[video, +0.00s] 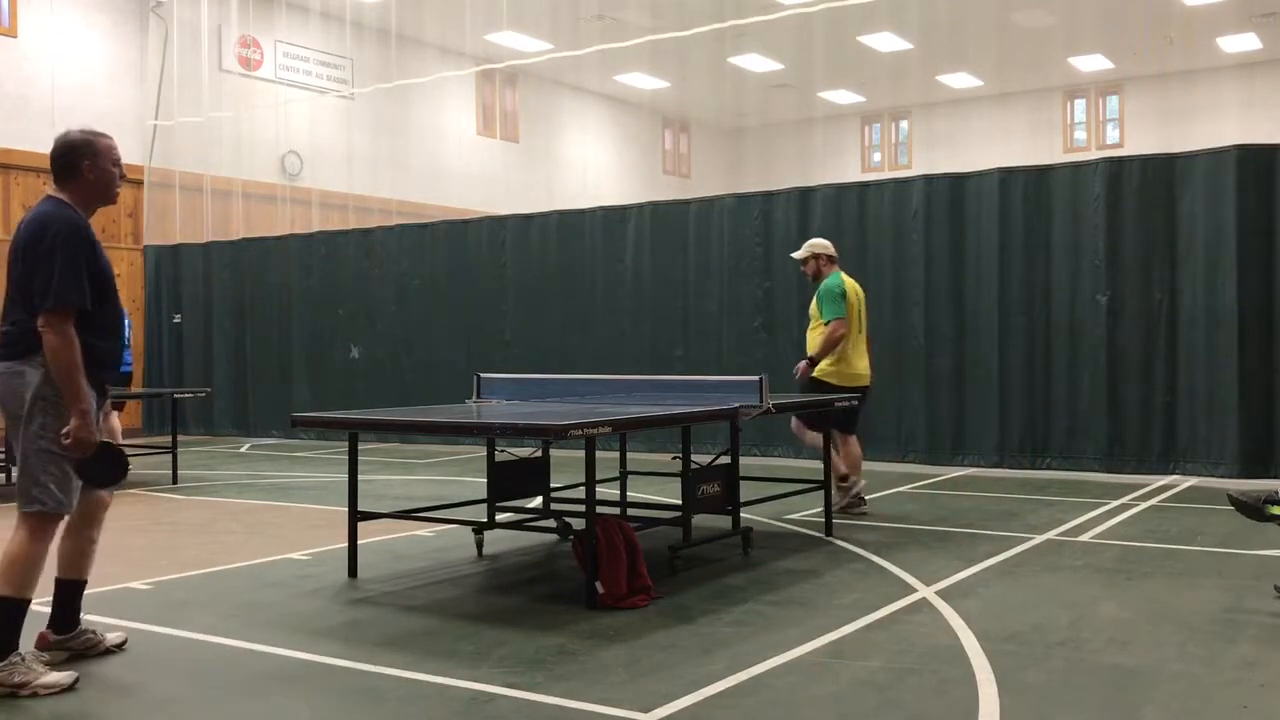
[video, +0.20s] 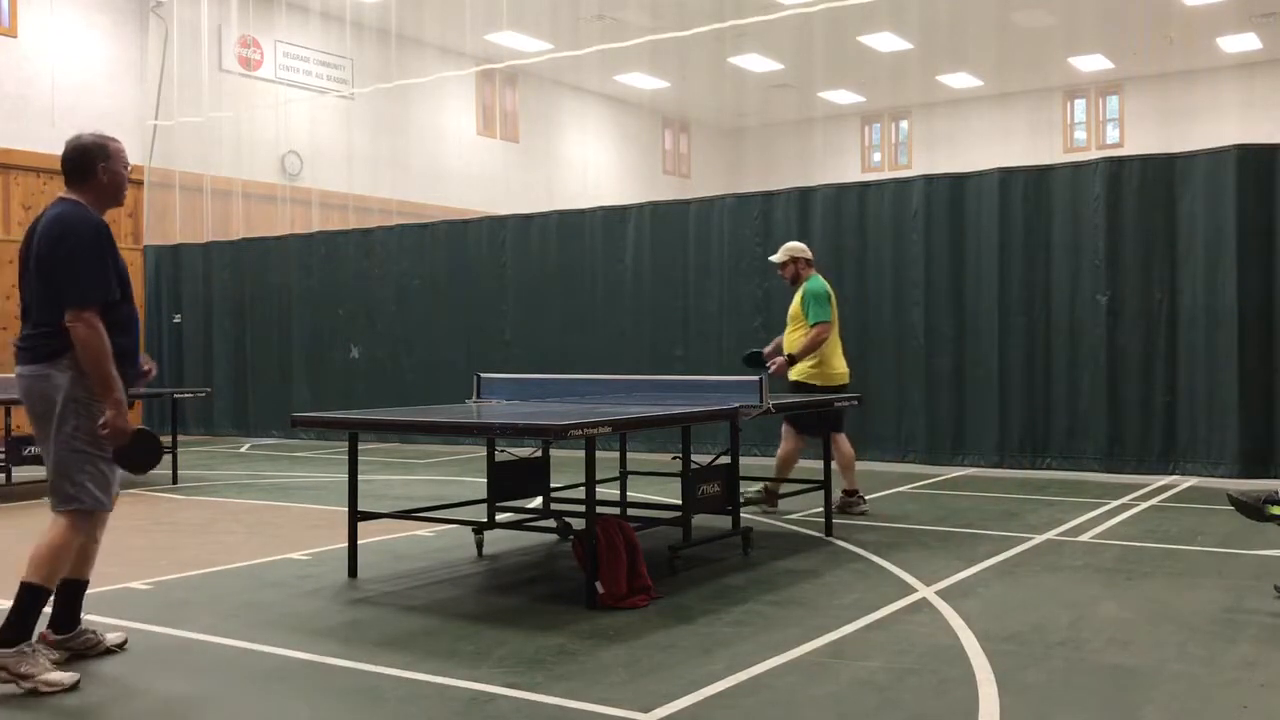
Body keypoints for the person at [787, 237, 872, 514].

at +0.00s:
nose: (802, 269)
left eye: (805, 263)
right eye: (802, 263)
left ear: (821, 261)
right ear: (826, 262)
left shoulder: (830, 286)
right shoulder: (852, 285)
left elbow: (838, 329)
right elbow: (862, 335)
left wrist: (812, 360)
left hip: (831, 377)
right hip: (857, 377)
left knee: (800, 425)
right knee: (846, 433)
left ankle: (842, 474)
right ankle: (852, 496)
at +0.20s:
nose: (780, 272)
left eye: (783, 266)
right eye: (779, 267)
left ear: (799, 264)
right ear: (799, 265)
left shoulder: (814, 288)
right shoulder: (809, 287)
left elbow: (822, 331)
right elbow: (800, 330)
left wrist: (790, 359)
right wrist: (776, 346)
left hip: (813, 378)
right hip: (828, 377)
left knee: (791, 432)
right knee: (835, 434)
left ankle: (771, 491)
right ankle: (852, 494)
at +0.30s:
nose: (767, 275)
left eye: (771, 269)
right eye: (767, 270)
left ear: (787, 266)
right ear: (786, 268)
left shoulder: (800, 291)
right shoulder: (794, 291)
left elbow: (808, 335)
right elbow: (786, 331)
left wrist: (776, 363)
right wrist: (756, 344)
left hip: (799, 380)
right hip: (816, 379)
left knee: (776, 431)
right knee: (824, 432)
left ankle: (765, 493)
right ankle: (849, 490)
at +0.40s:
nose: (755, 275)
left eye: (758, 270)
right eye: (754, 271)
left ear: (775, 267)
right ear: (773, 268)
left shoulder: (788, 292)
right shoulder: (779, 292)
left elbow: (794, 335)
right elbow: (771, 332)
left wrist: (759, 362)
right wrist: (744, 348)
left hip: (785, 379)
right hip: (788, 378)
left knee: (763, 430)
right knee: (797, 433)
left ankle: (762, 493)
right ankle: (834, 478)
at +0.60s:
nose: (736, 271)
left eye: (740, 265)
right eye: (735, 266)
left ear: (756, 263)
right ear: (752, 265)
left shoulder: (768, 287)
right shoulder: (757, 288)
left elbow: (769, 331)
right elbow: (758, 336)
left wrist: (733, 348)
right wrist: (738, 363)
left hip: (768, 375)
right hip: (756, 374)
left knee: (756, 430)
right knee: (753, 427)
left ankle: (762, 493)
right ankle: (774, 477)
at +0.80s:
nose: (721, 273)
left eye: (725, 267)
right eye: (720, 268)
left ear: (741, 265)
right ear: (733, 267)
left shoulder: (755, 289)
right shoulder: (735, 291)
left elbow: (757, 329)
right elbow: (738, 330)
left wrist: (720, 345)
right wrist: (716, 344)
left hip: (754, 377)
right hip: (736, 376)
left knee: (752, 435)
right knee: (734, 432)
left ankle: (762, 493)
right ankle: (729, 488)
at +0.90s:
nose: (715, 273)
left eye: (719, 268)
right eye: (713, 268)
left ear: (734, 265)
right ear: (721, 268)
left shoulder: (750, 289)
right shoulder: (724, 292)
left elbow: (757, 328)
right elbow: (728, 328)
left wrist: (718, 342)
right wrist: (711, 341)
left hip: (747, 377)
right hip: (727, 376)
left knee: (739, 434)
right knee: (727, 432)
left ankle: (756, 488)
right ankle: (726, 488)